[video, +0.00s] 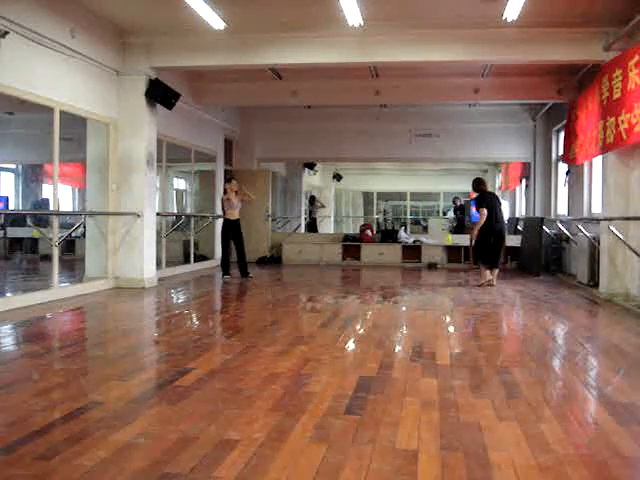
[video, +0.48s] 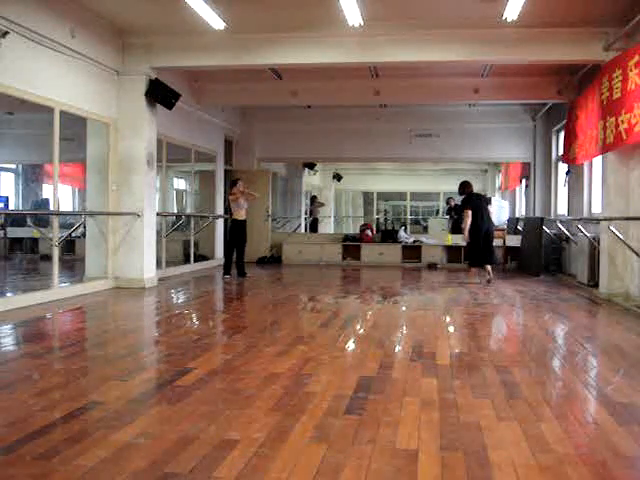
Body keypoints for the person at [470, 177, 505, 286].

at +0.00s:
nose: (473, 189)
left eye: (473, 187)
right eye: (474, 187)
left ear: (475, 188)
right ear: (485, 185)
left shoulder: (480, 197)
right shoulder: (494, 196)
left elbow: (484, 214)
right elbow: (499, 212)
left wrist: (476, 229)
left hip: (488, 228)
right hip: (499, 228)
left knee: (481, 250)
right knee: (495, 253)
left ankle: (485, 275)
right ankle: (493, 278)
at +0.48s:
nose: (460, 192)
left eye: (460, 190)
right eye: (460, 190)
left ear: (462, 190)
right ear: (471, 188)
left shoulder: (467, 200)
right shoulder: (481, 197)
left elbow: (468, 216)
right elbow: (489, 211)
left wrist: (466, 231)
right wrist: (489, 223)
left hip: (476, 229)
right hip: (488, 227)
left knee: (473, 252)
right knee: (484, 252)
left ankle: (471, 277)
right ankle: (489, 272)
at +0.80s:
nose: (459, 191)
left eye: (459, 189)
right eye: (460, 189)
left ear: (461, 190)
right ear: (470, 188)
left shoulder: (462, 200)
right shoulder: (480, 198)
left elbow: (460, 215)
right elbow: (489, 211)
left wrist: (451, 225)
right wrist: (493, 226)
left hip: (471, 228)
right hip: (483, 228)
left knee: (471, 249)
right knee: (479, 249)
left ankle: (474, 274)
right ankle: (477, 272)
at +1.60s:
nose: (462, 193)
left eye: (462, 192)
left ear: (463, 192)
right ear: (473, 190)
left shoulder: (464, 202)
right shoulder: (481, 199)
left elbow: (462, 217)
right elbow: (488, 212)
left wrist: (455, 231)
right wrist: (487, 224)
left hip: (469, 230)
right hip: (481, 229)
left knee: (470, 250)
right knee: (481, 248)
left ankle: (472, 271)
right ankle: (481, 265)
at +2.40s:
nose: (470, 197)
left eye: (472, 195)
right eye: (469, 196)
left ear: (476, 195)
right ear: (467, 198)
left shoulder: (483, 202)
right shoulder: (467, 209)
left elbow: (497, 204)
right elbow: (465, 224)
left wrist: (506, 206)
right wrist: (458, 231)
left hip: (489, 227)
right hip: (478, 229)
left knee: (488, 248)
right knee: (479, 248)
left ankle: (490, 271)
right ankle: (482, 269)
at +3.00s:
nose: (481, 188)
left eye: (483, 186)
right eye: (480, 186)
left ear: (488, 187)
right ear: (479, 187)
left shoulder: (493, 200)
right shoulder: (474, 200)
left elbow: (499, 214)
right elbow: (468, 214)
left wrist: (494, 224)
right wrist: (466, 226)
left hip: (488, 226)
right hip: (477, 226)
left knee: (489, 248)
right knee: (477, 249)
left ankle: (489, 267)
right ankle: (481, 273)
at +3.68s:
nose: (489, 184)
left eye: (491, 182)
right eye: (489, 182)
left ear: (497, 183)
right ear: (491, 183)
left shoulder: (504, 196)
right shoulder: (486, 196)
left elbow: (509, 211)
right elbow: (485, 209)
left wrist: (497, 207)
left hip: (501, 225)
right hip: (488, 224)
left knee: (500, 248)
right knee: (484, 246)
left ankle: (498, 274)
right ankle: (490, 271)